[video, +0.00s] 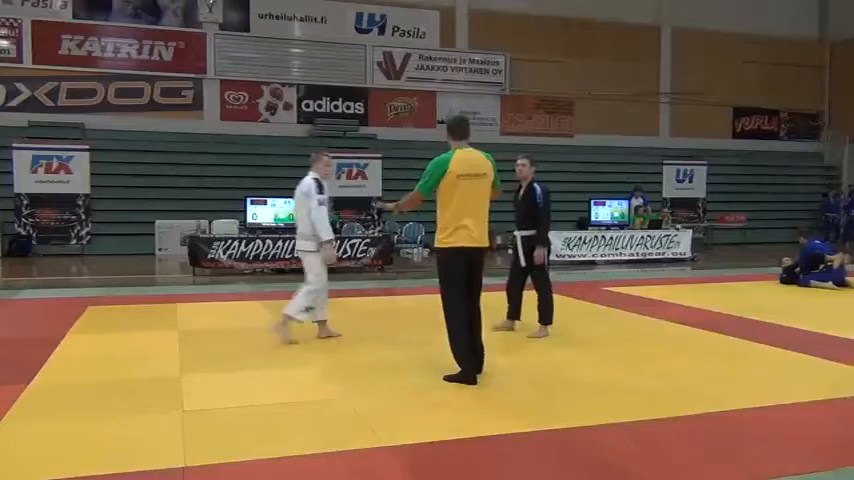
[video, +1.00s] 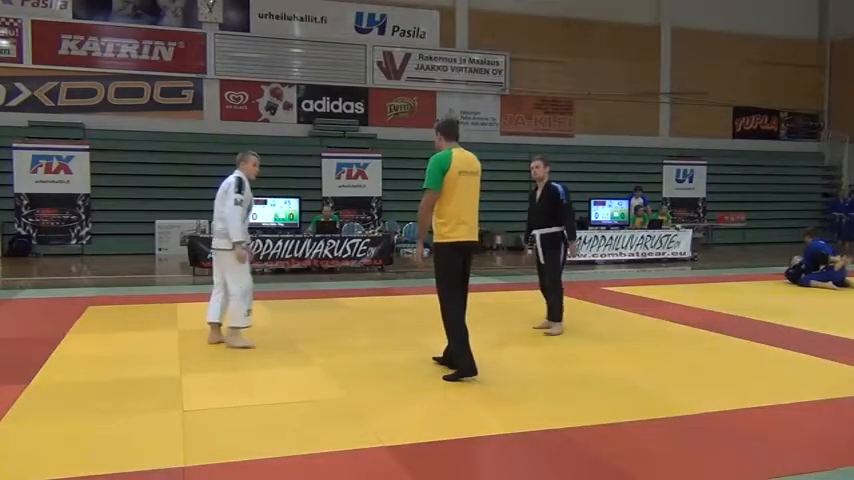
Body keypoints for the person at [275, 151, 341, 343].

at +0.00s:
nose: (330, 169)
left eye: (330, 166)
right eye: (327, 165)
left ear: (318, 165)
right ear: (317, 165)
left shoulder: (307, 183)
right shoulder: (314, 184)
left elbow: (312, 214)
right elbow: (318, 214)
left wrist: (325, 240)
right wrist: (328, 241)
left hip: (311, 243)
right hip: (310, 244)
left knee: (320, 283)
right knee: (316, 283)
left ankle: (322, 325)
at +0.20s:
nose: (313, 172)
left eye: (313, 168)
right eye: (310, 168)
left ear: (299, 168)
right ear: (299, 167)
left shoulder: (288, 186)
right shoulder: (296, 187)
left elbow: (288, 221)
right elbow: (302, 219)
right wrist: (319, 244)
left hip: (295, 248)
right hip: (288, 248)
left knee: (306, 284)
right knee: (280, 287)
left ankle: (316, 324)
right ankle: (264, 331)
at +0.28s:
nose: (307, 170)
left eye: (307, 167)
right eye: (304, 166)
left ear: (294, 166)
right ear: (293, 165)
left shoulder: (280, 183)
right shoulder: (289, 184)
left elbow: (280, 218)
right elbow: (293, 217)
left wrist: (296, 243)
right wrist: (308, 242)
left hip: (287, 245)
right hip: (281, 245)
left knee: (298, 282)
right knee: (275, 285)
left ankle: (303, 323)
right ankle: (264, 331)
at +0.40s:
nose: (297, 168)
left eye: (298, 164)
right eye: (294, 163)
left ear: (283, 164)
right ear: (282, 163)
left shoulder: (273, 181)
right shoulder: (280, 182)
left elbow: (277, 215)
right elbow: (280, 216)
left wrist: (291, 240)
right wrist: (292, 242)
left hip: (274, 243)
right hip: (272, 243)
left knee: (282, 283)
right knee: (272, 284)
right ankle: (263, 330)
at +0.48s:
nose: (290, 168)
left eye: (291, 164)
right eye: (288, 163)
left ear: (277, 164)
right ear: (276, 163)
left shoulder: (265, 181)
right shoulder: (274, 183)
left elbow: (266, 215)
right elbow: (272, 216)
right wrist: (282, 243)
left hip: (262, 243)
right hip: (267, 244)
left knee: (266, 283)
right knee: (271, 285)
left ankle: (248, 320)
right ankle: (264, 331)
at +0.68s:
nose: (274, 169)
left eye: (275, 165)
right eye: (272, 164)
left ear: (260, 165)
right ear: (261, 164)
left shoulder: (249, 182)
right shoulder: (257, 183)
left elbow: (245, 215)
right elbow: (254, 213)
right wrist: (257, 244)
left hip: (241, 245)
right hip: (254, 245)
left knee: (238, 285)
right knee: (264, 287)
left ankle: (218, 328)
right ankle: (263, 333)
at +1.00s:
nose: (257, 169)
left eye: (258, 166)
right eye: (254, 165)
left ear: (242, 165)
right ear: (243, 164)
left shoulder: (230, 182)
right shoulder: (238, 182)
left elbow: (225, 214)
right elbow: (233, 213)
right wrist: (238, 243)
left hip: (220, 243)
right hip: (230, 244)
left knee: (220, 286)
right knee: (242, 286)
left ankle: (214, 329)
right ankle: (235, 333)